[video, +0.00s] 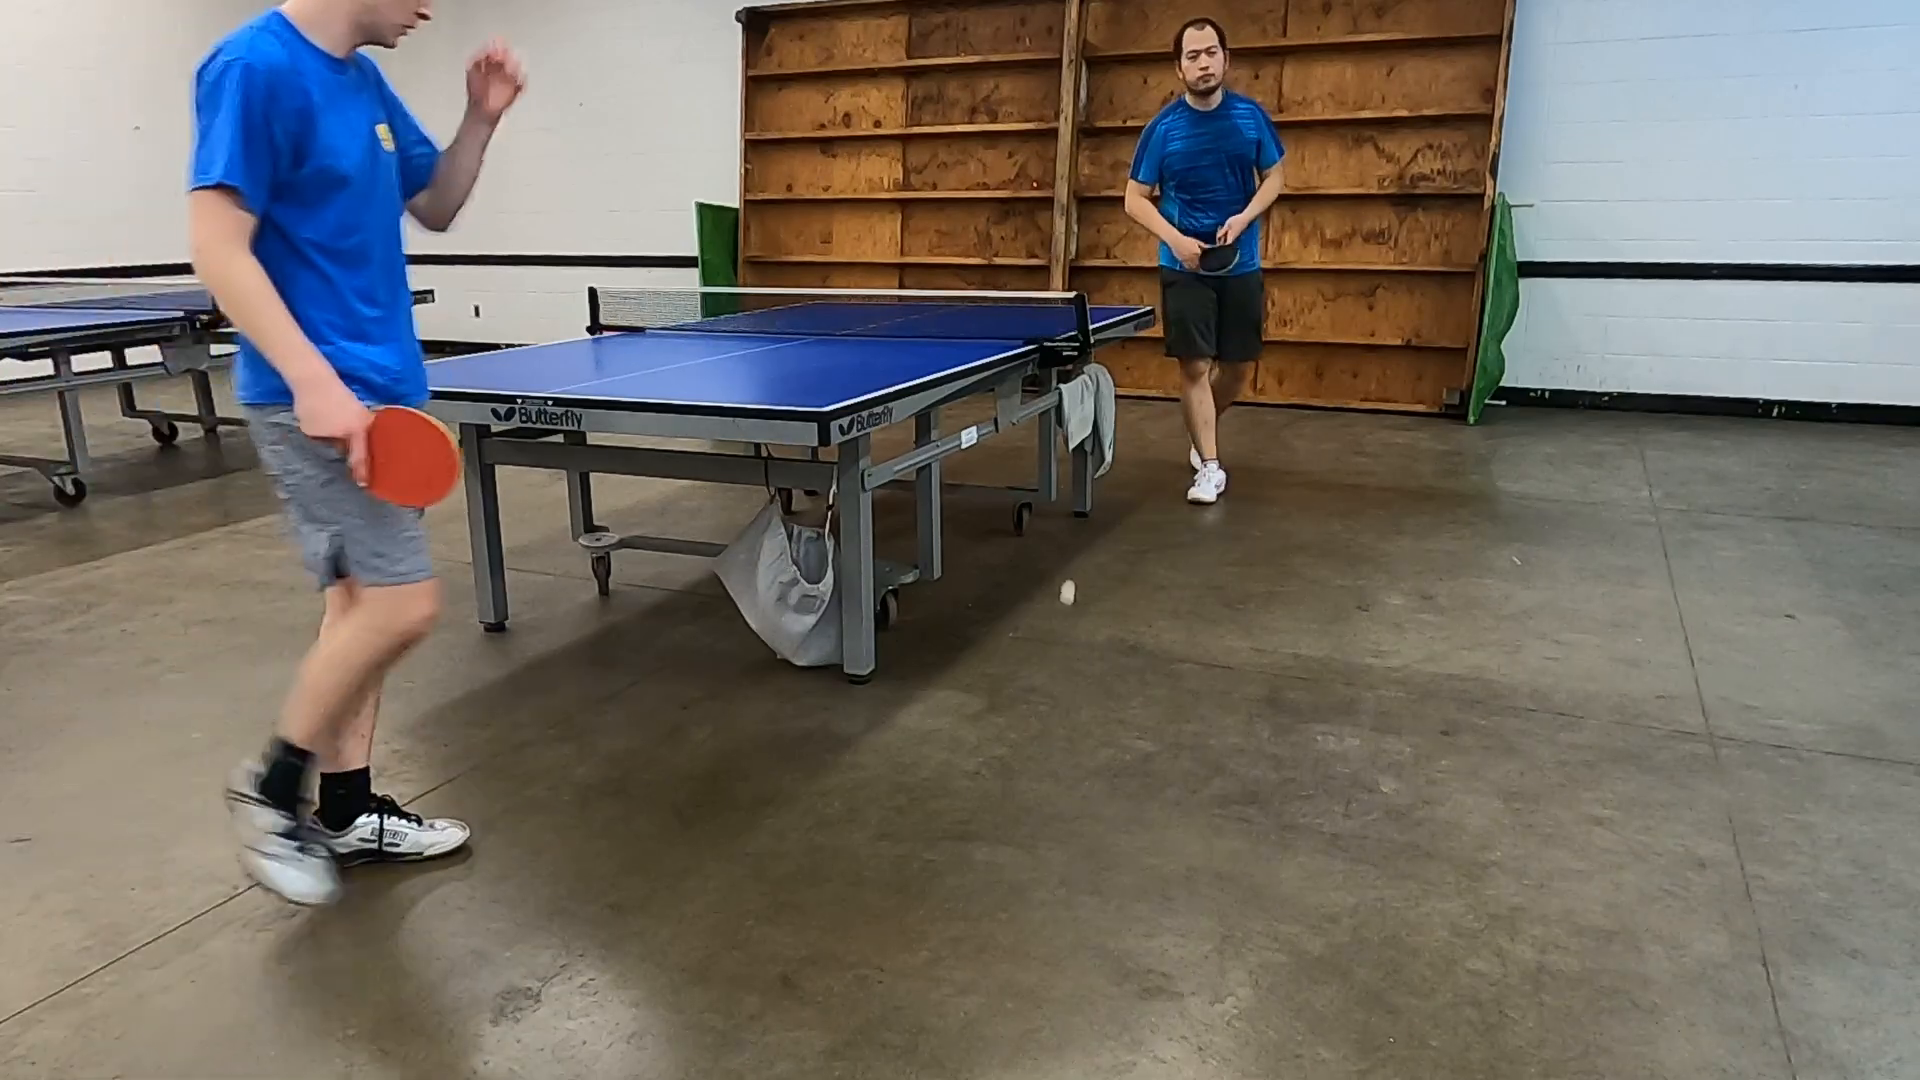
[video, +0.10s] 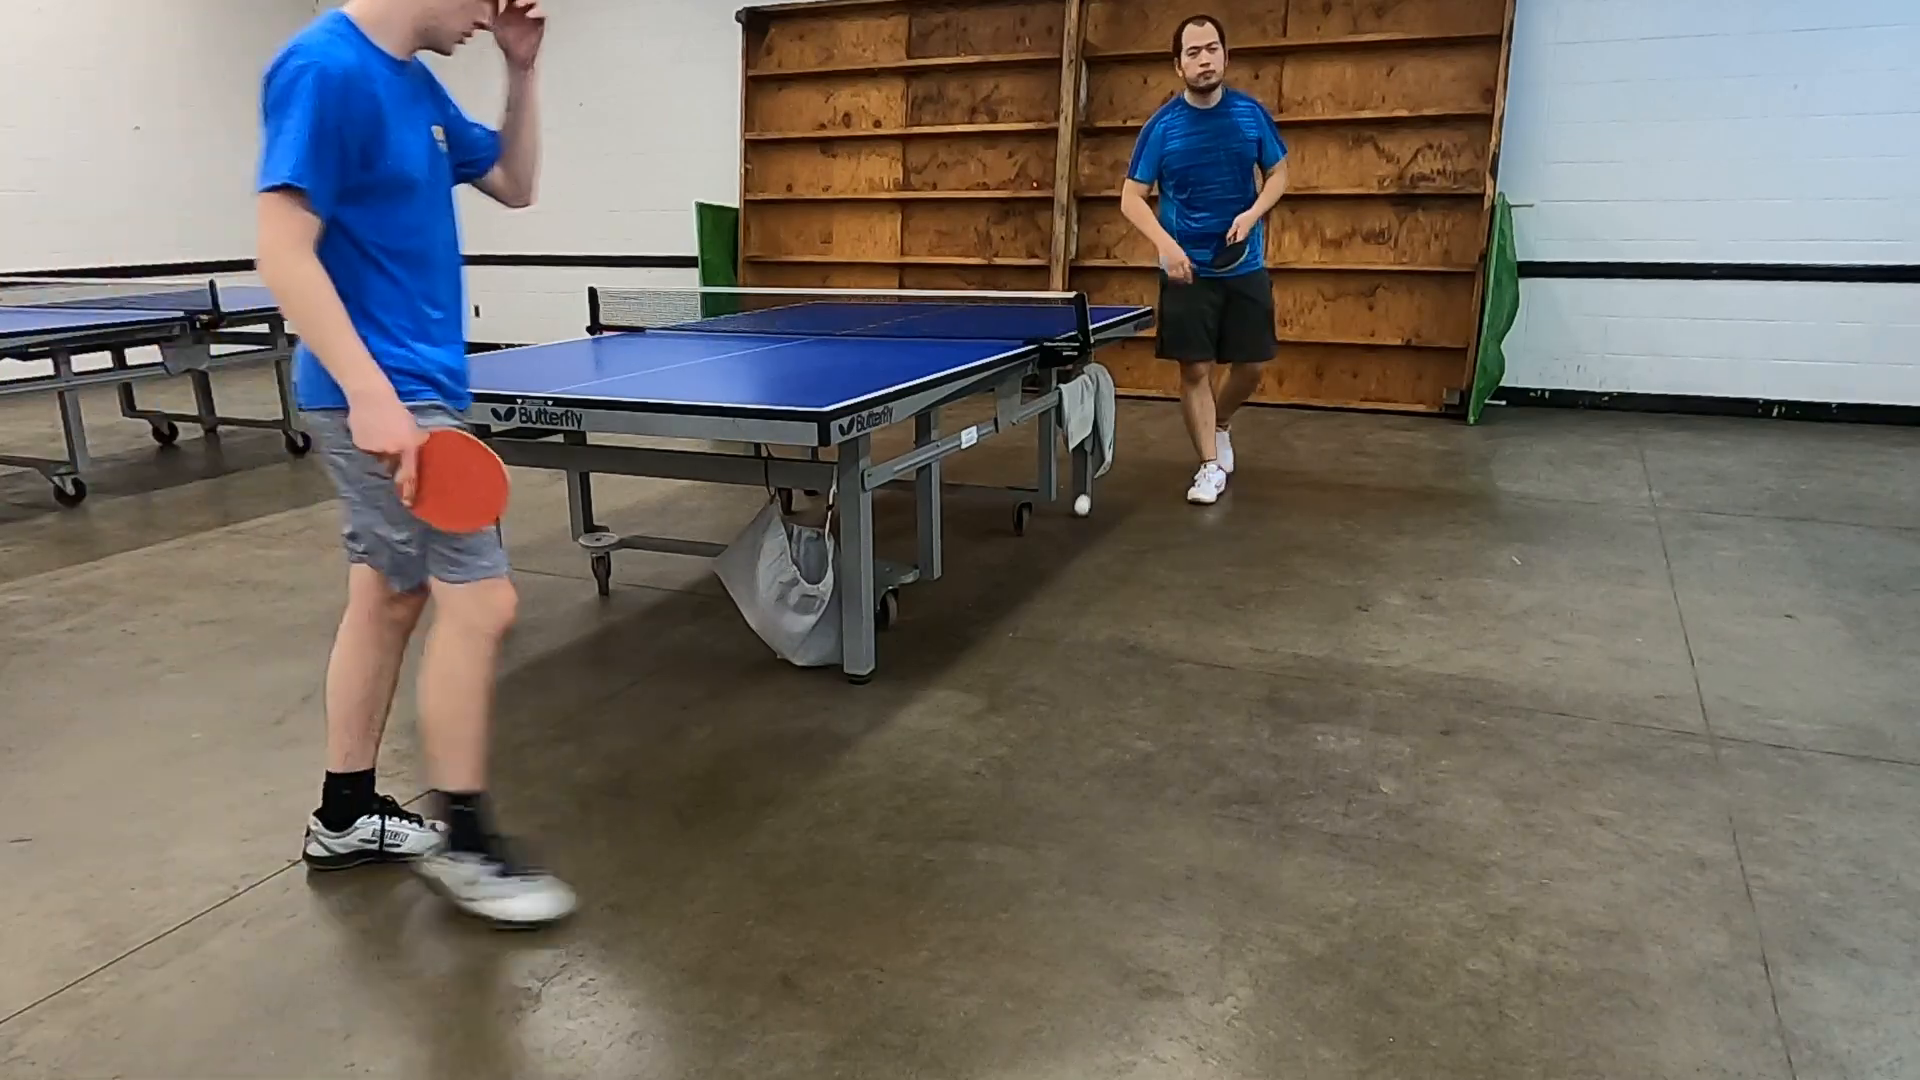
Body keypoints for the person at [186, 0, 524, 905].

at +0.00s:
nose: (426, 10)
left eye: (428, 0)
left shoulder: (361, 77)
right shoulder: (251, 68)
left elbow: (434, 207)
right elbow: (217, 249)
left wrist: (479, 119)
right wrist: (312, 381)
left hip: (381, 385)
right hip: (308, 393)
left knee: (356, 599)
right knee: (403, 603)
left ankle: (347, 809)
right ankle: (273, 791)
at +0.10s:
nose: (490, 20)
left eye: (493, 10)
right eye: (486, 4)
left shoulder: (413, 82)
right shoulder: (321, 68)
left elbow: (514, 185)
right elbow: (283, 254)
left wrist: (522, 67)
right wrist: (369, 395)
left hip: (424, 388)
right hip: (377, 395)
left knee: (388, 599)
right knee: (482, 605)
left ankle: (346, 813)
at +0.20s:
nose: (560, 27)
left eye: (567, 16)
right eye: (560, 8)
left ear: (517, 9)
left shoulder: (470, 86)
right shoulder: (401, 82)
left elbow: (573, 178)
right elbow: (353, 263)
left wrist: (577, 63)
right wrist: (425, 413)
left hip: (483, 405)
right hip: (452, 414)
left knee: (418, 607)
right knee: (535, 622)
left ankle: (349, 809)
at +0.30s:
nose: (623, 37)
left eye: (628, 25)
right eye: (623, 16)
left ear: (569, 6)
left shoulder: (530, 90)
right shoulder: (483, 85)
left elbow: (626, 178)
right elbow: (434, 269)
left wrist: (636, 70)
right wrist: (487, 430)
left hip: (547, 408)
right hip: (541, 417)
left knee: (495, 612)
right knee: (626, 613)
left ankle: (368, 788)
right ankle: (671, 837)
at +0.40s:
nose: (699, 22)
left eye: (705, 14)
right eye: (702, 7)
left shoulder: (591, 75)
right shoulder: (563, 73)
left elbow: (673, 171)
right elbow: (527, 253)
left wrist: (688, 67)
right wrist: (566, 425)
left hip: (627, 398)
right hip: (615, 403)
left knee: (622, 605)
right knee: (675, 612)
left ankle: (445, 746)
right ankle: (675, 836)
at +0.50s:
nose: (765, 19)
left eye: (773, 11)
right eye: (767, 5)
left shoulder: (630, 42)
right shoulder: (654, 50)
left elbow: (698, 174)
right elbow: (621, 229)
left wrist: (730, 59)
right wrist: (665, 400)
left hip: (652, 384)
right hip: (655, 390)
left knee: (719, 570)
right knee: (703, 593)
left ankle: (581, 743)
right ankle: (677, 833)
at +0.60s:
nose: (821, 13)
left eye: (825, 7)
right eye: (821, 2)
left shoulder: (673, 37)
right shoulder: (737, 39)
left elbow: (686, 226)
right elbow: (721, 223)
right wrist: (780, 387)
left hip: (703, 377)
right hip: (714, 382)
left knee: (806, 546)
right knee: (725, 608)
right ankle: (680, 830)